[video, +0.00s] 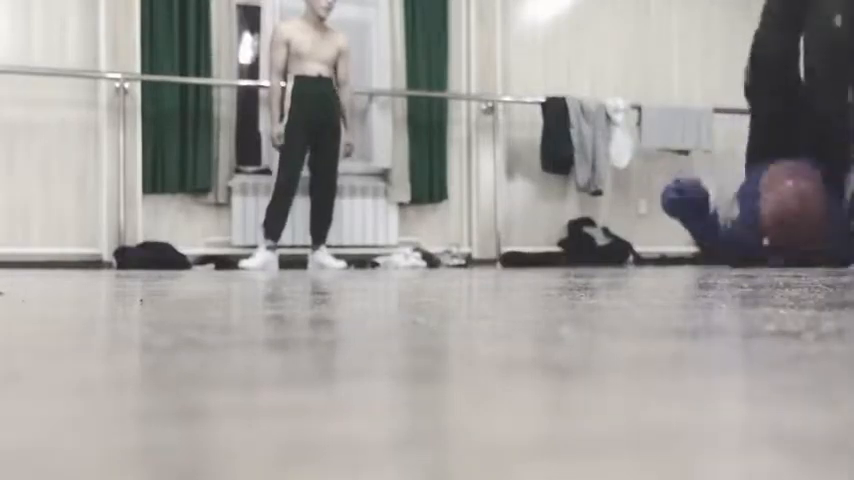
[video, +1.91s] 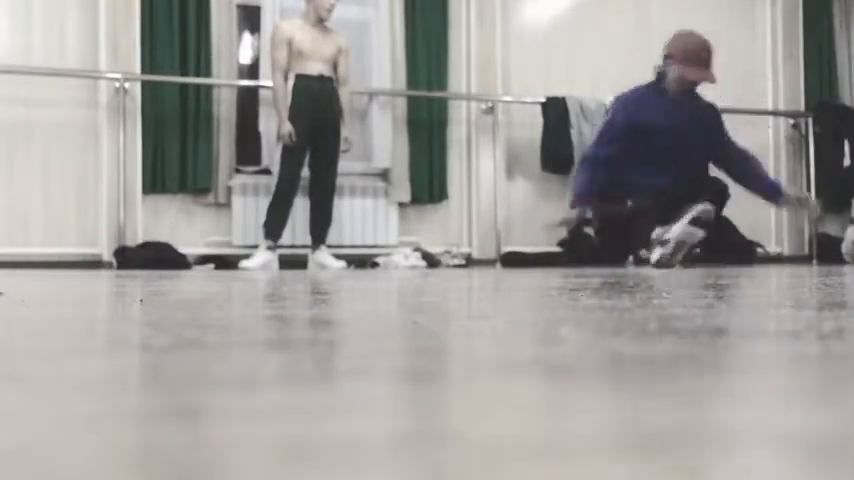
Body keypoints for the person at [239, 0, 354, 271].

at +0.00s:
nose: (328, 4)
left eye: (331, 1)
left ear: (332, 6)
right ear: (310, 1)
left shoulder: (338, 39)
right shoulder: (285, 31)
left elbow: (343, 87)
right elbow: (276, 78)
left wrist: (348, 129)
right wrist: (276, 122)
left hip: (327, 100)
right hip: (297, 99)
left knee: (325, 180)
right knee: (287, 177)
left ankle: (319, 251)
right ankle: (268, 249)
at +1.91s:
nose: (331, 6)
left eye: (333, 2)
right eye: (326, 1)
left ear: (331, 7)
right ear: (311, 2)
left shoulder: (337, 40)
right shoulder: (286, 30)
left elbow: (343, 84)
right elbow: (279, 76)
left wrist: (345, 127)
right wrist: (283, 119)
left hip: (329, 100)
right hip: (299, 97)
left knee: (324, 180)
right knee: (288, 177)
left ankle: (319, 250)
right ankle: (268, 248)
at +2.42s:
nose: (329, 6)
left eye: (332, 3)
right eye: (325, 1)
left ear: (332, 7)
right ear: (310, 2)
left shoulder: (337, 40)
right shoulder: (285, 29)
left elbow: (342, 84)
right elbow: (278, 75)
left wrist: (346, 126)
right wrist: (283, 119)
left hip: (328, 100)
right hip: (299, 97)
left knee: (324, 179)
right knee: (288, 177)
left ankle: (319, 250)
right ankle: (268, 248)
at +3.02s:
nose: (328, 5)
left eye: (331, 2)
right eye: (324, 0)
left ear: (331, 6)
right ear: (309, 1)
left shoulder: (336, 39)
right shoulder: (285, 31)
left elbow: (343, 84)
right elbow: (277, 78)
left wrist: (345, 128)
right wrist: (283, 120)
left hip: (328, 100)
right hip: (299, 97)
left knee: (325, 180)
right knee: (288, 177)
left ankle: (319, 250)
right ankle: (268, 248)